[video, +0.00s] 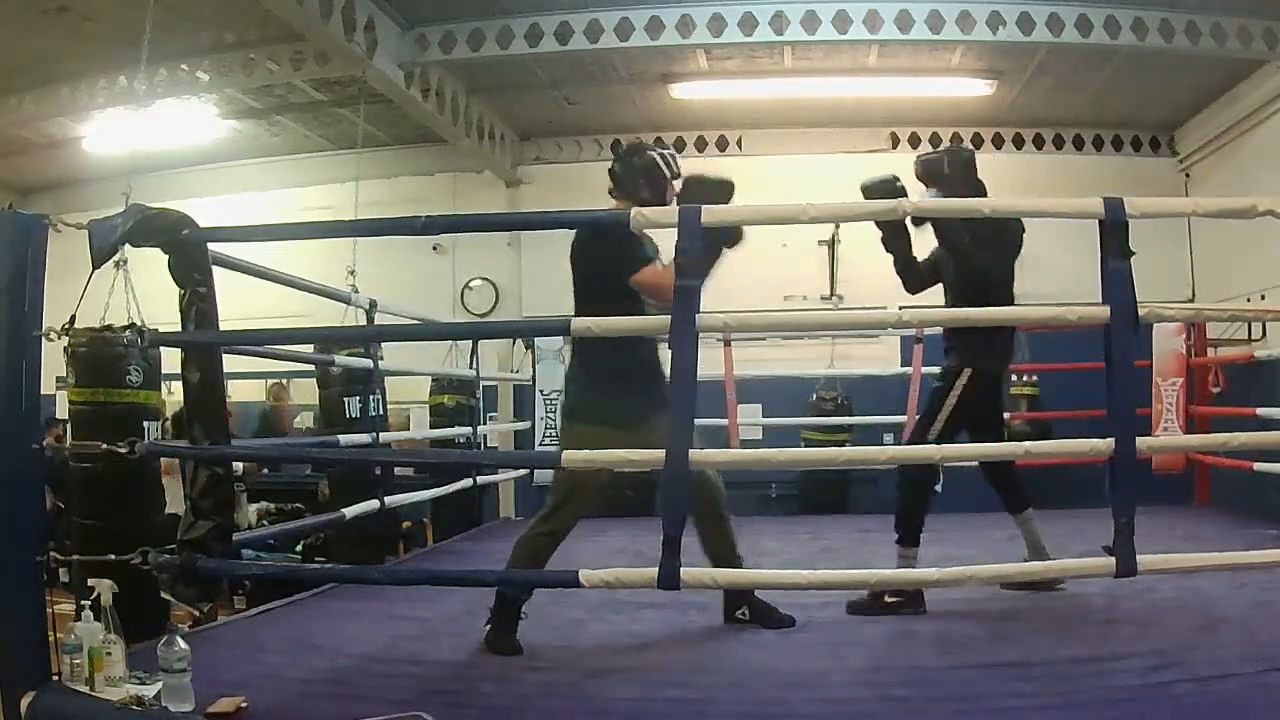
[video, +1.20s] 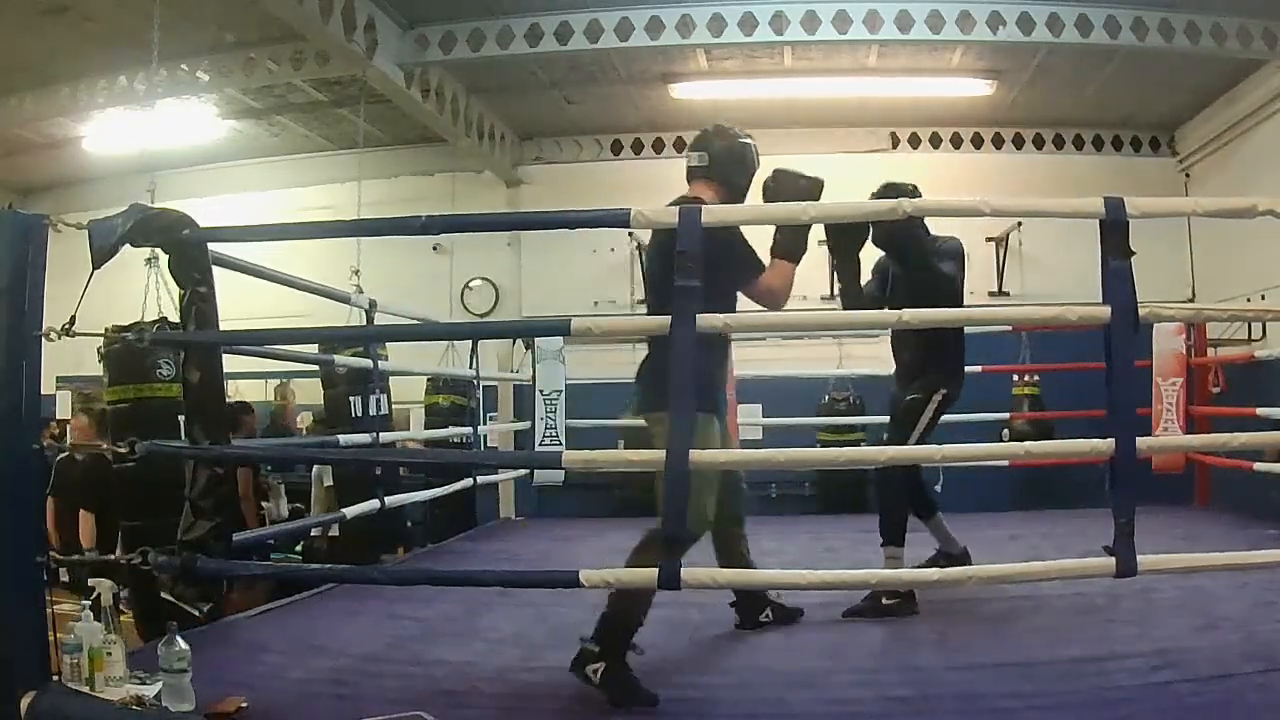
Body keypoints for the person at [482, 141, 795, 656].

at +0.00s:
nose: (672, 198)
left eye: (672, 188)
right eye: (665, 188)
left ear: (627, 188)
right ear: (638, 187)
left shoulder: (630, 236)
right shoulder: (607, 233)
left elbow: (668, 296)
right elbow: (672, 291)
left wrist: (703, 246)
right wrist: (711, 243)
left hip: (640, 406)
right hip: (602, 407)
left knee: (705, 491)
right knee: (561, 514)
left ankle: (739, 597)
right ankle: (503, 616)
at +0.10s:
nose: (656, 180)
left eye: (656, 171)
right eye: (653, 170)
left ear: (609, 164)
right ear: (639, 169)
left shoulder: (616, 216)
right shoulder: (593, 212)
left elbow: (653, 272)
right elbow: (667, 249)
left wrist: (671, 217)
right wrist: (690, 203)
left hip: (620, 380)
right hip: (581, 381)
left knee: (664, 475)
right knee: (557, 495)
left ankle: (667, 593)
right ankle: (501, 611)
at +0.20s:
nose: (643, 174)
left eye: (644, 165)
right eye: (641, 164)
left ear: (599, 156)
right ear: (627, 162)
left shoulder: (608, 205)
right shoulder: (584, 202)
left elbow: (649, 256)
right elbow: (662, 245)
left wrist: (652, 207)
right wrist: (694, 218)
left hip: (605, 371)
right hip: (572, 370)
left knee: (632, 476)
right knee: (579, 483)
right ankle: (501, 586)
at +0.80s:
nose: (688, 185)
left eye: (688, 178)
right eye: (687, 176)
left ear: (637, 167)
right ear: (674, 175)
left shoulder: (638, 216)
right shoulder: (627, 217)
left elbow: (687, 268)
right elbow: (711, 274)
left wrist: (700, 203)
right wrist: (738, 212)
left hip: (634, 384)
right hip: (604, 384)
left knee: (673, 488)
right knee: (643, 499)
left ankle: (649, 607)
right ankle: (564, 634)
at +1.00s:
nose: (719, 185)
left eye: (721, 175)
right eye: (719, 174)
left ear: (665, 163)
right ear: (704, 171)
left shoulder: (639, 215)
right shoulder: (669, 221)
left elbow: (709, 289)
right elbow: (730, 295)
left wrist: (754, 238)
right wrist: (763, 232)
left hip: (641, 390)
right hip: (645, 394)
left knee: (722, 466)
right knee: (655, 521)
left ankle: (687, 582)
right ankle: (591, 662)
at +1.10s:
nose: (736, 182)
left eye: (737, 174)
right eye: (735, 173)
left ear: (683, 162)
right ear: (723, 171)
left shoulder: (660, 210)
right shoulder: (686, 218)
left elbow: (735, 289)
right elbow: (747, 297)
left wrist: (766, 233)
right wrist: (777, 230)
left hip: (668, 389)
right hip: (660, 393)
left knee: (713, 481)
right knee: (656, 521)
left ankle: (738, 593)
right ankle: (593, 659)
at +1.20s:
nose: (750, 188)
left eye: (748, 179)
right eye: (749, 180)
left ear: (697, 171)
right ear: (738, 177)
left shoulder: (673, 225)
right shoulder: (714, 226)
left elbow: (678, 319)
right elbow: (774, 292)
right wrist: (793, 225)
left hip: (681, 393)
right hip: (688, 398)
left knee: (725, 504)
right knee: (682, 523)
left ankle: (751, 601)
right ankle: (604, 650)